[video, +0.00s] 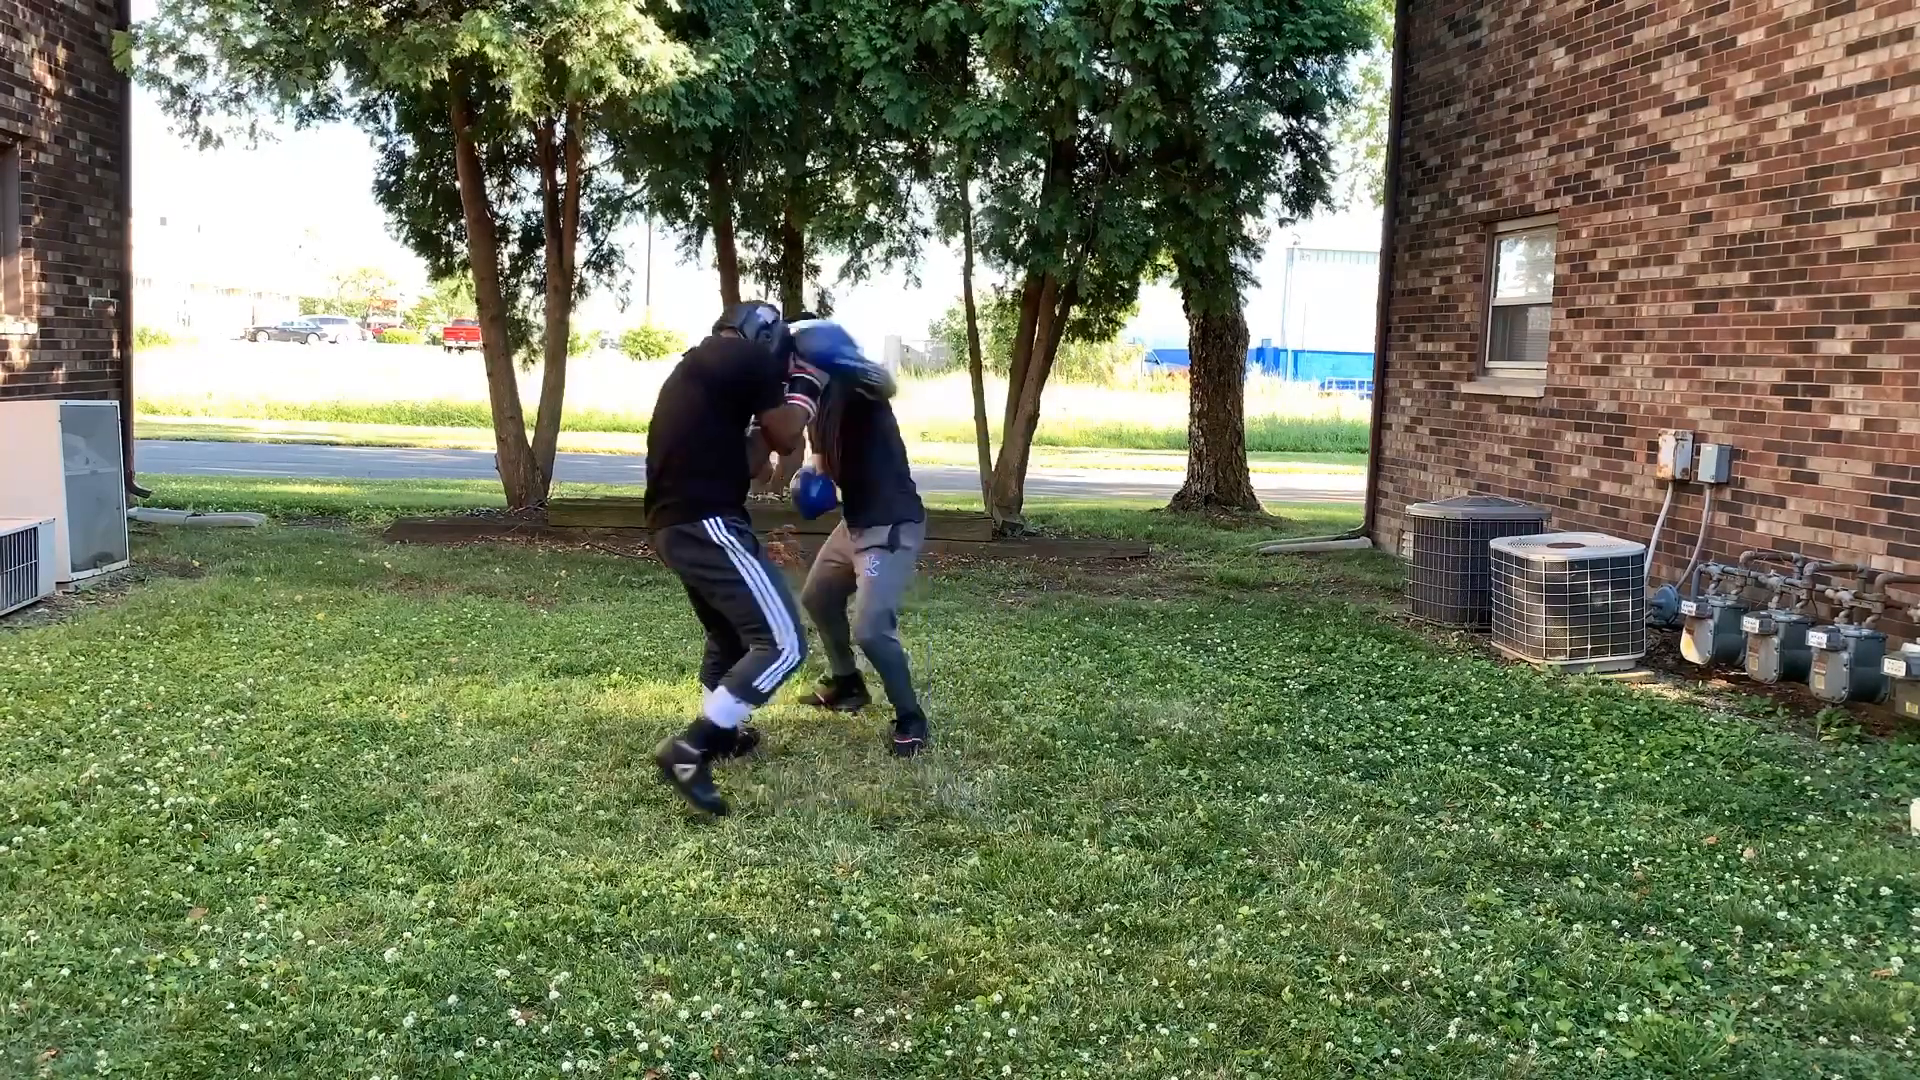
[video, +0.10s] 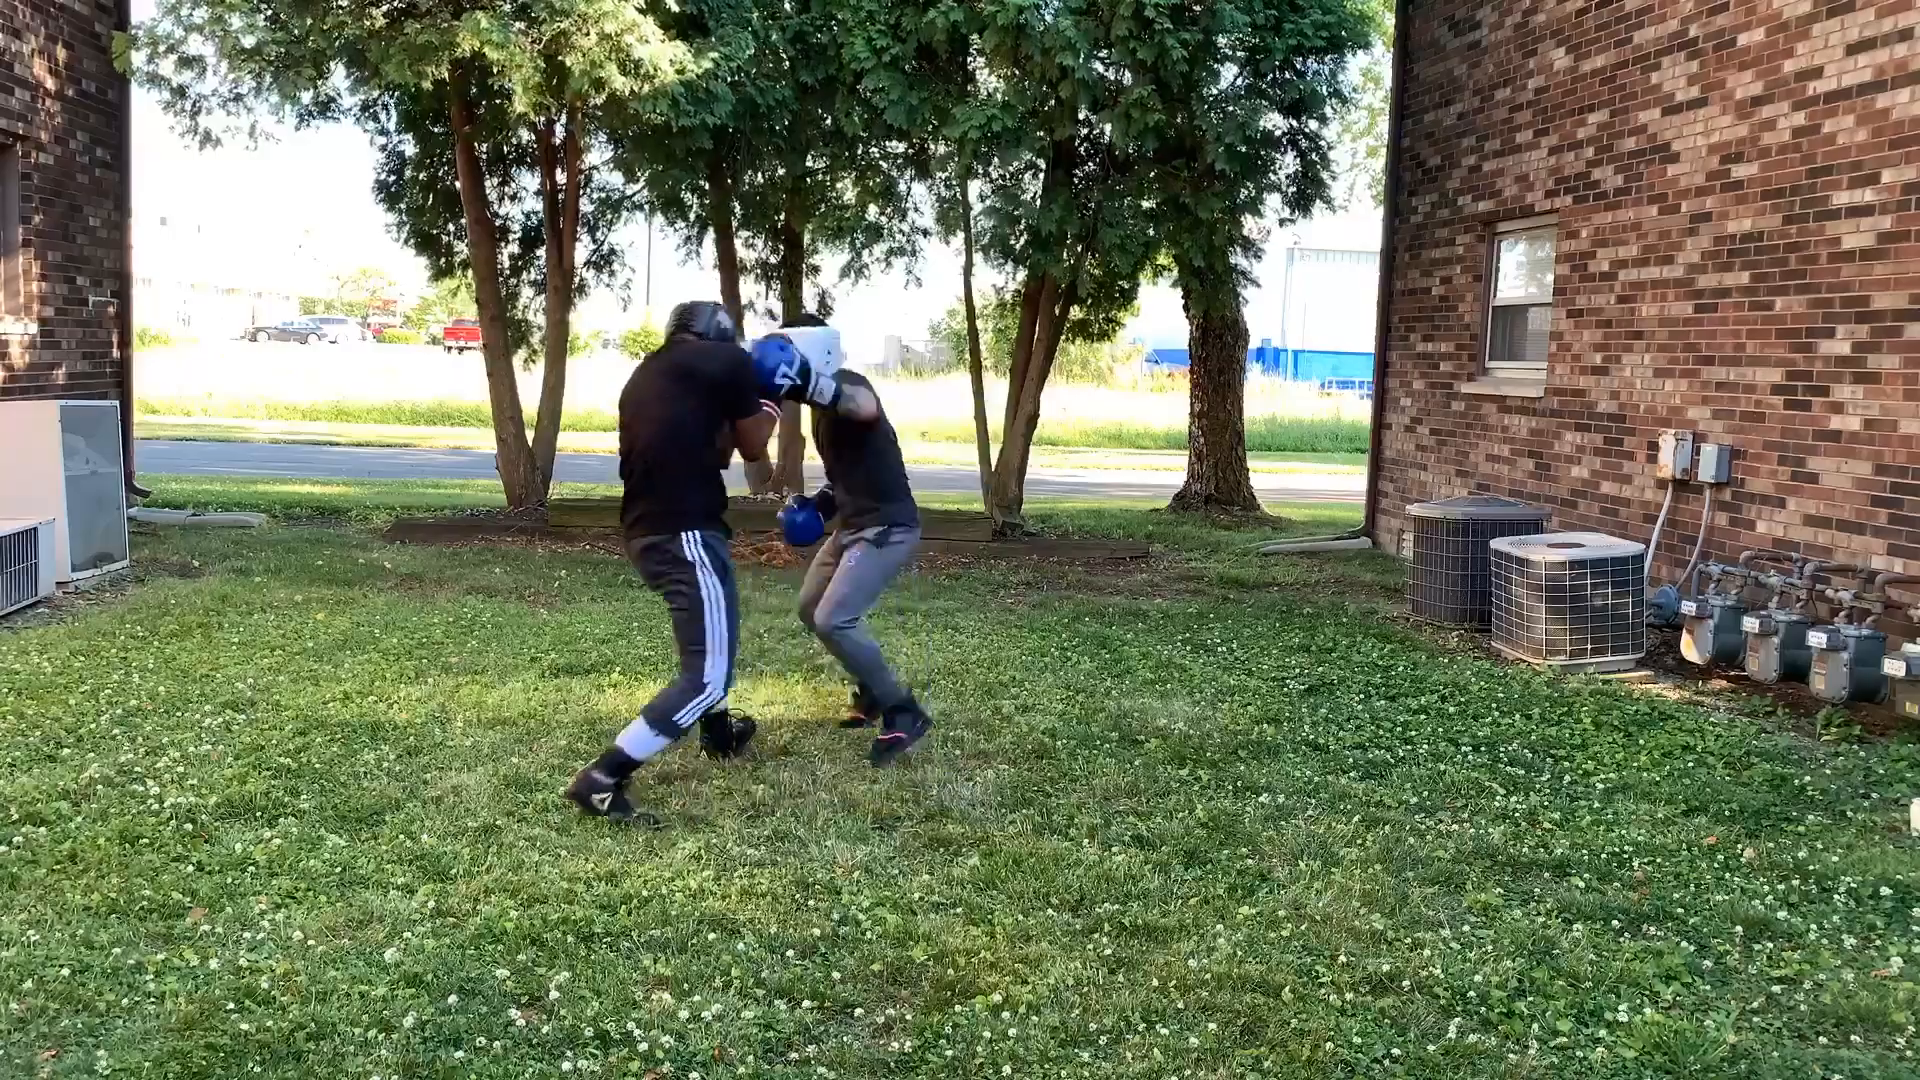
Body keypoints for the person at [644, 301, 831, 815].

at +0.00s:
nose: (779, 357)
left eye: (780, 350)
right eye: (778, 348)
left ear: (728, 331)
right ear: (766, 335)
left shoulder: (696, 365)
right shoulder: (751, 354)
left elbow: (740, 469)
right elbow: (788, 439)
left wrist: (774, 420)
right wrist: (805, 385)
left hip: (676, 521)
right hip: (708, 521)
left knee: (727, 636)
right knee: (784, 646)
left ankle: (723, 730)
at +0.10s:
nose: (736, 347)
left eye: (734, 340)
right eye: (735, 339)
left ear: (680, 332)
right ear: (720, 332)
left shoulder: (645, 374)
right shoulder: (725, 360)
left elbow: (699, 454)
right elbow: (755, 447)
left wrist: (747, 408)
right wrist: (768, 404)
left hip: (650, 533)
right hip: (687, 534)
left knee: (712, 628)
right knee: (708, 678)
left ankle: (718, 730)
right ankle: (602, 779)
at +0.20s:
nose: (703, 343)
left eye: (701, 334)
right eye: (700, 336)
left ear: (644, 334)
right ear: (689, 333)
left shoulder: (606, 381)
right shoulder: (695, 364)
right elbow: (738, 450)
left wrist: (707, 369)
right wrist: (740, 379)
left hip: (605, 545)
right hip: (658, 543)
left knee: (668, 632)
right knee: (678, 687)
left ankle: (703, 728)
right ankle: (592, 791)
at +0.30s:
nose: (683, 339)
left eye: (683, 330)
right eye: (681, 331)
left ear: (626, 324)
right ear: (668, 325)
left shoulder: (584, 363)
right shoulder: (668, 355)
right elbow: (697, 442)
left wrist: (685, 370)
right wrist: (706, 380)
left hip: (575, 535)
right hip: (626, 532)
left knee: (631, 635)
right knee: (658, 673)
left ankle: (635, 730)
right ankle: (589, 792)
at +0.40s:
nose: (631, 316)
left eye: (631, 308)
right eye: (630, 307)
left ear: (577, 299)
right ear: (619, 304)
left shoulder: (558, 342)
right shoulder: (604, 342)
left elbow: (635, 413)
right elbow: (675, 405)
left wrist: (654, 342)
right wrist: (671, 330)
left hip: (548, 519)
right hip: (587, 520)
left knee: (592, 626)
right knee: (635, 662)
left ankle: (536, 728)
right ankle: (586, 790)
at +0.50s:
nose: (589, 312)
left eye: (591, 299)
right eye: (586, 299)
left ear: (537, 294)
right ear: (567, 300)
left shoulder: (515, 341)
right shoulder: (538, 349)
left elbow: (610, 389)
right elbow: (618, 399)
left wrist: (635, 314)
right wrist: (627, 318)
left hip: (520, 516)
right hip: (540, 519)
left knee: (544, 634)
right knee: (597, 651)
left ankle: (450, 726)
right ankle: (576, 786)